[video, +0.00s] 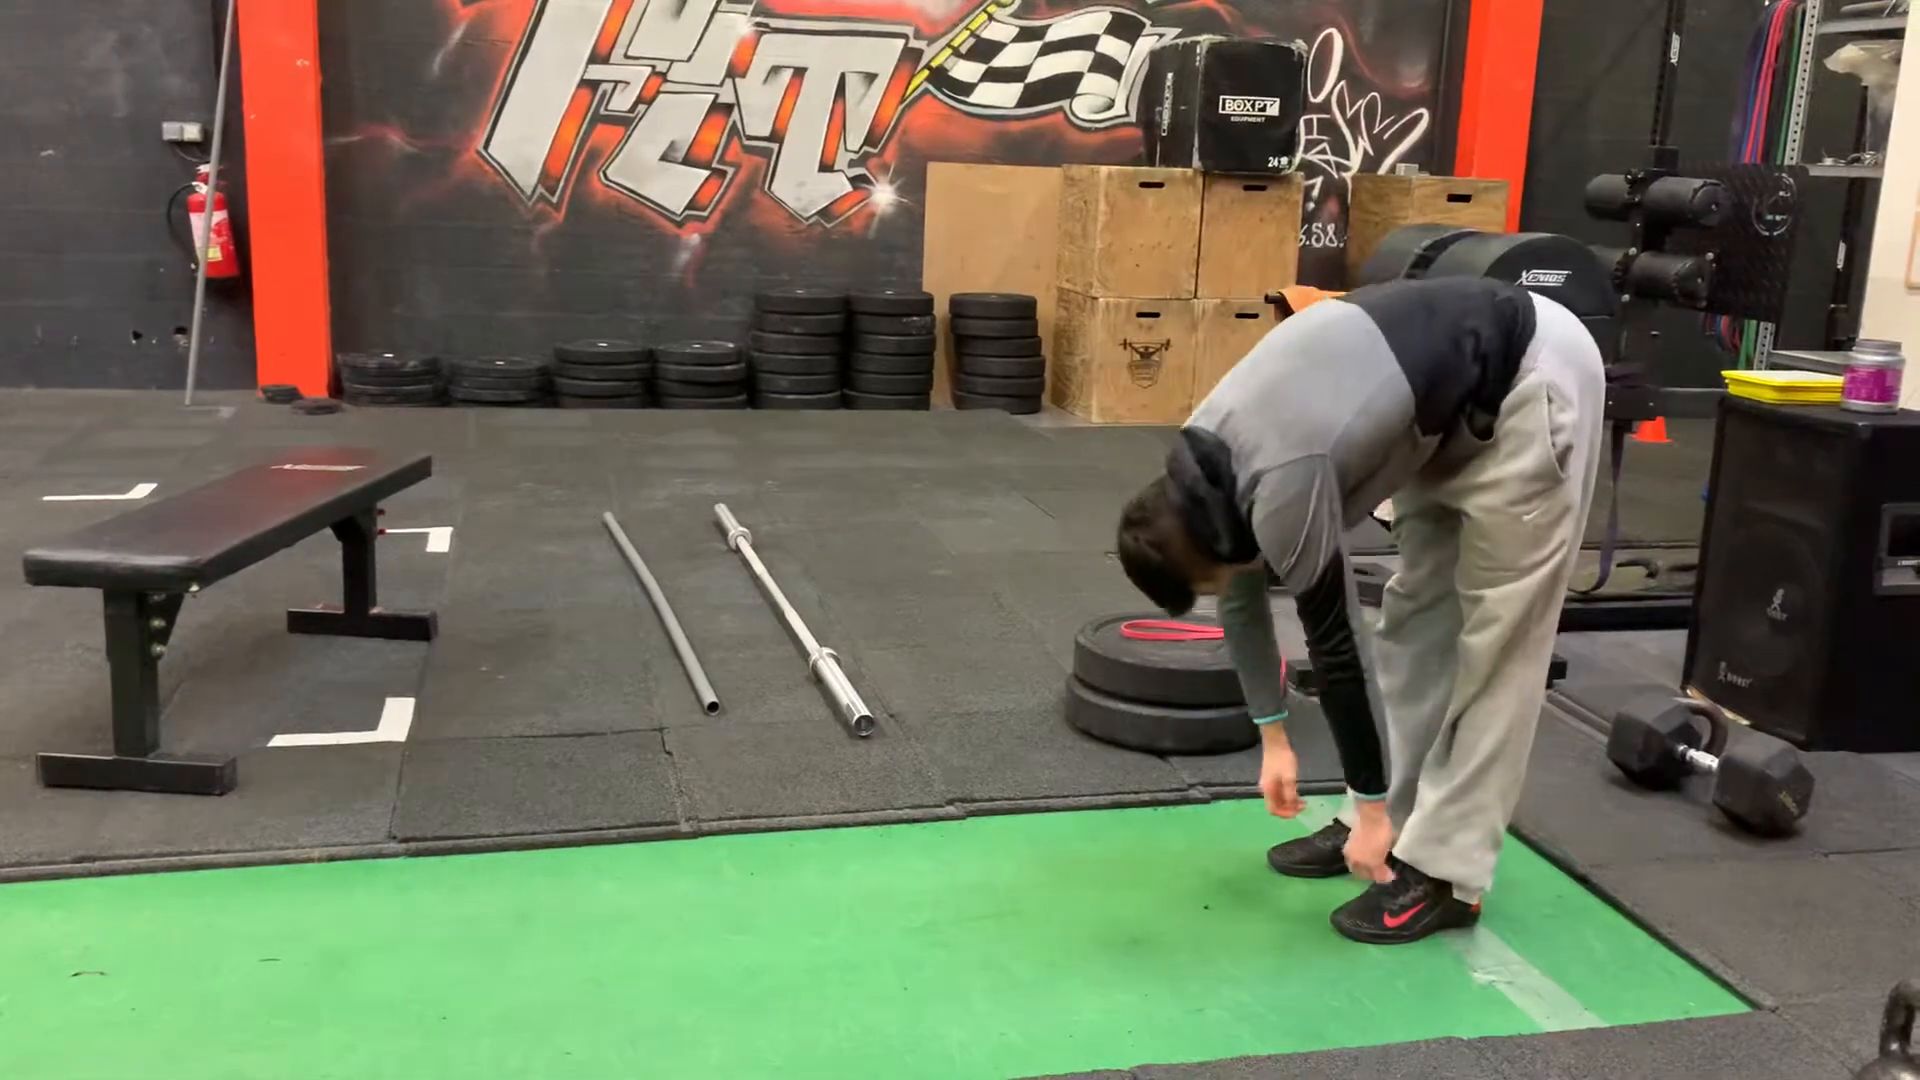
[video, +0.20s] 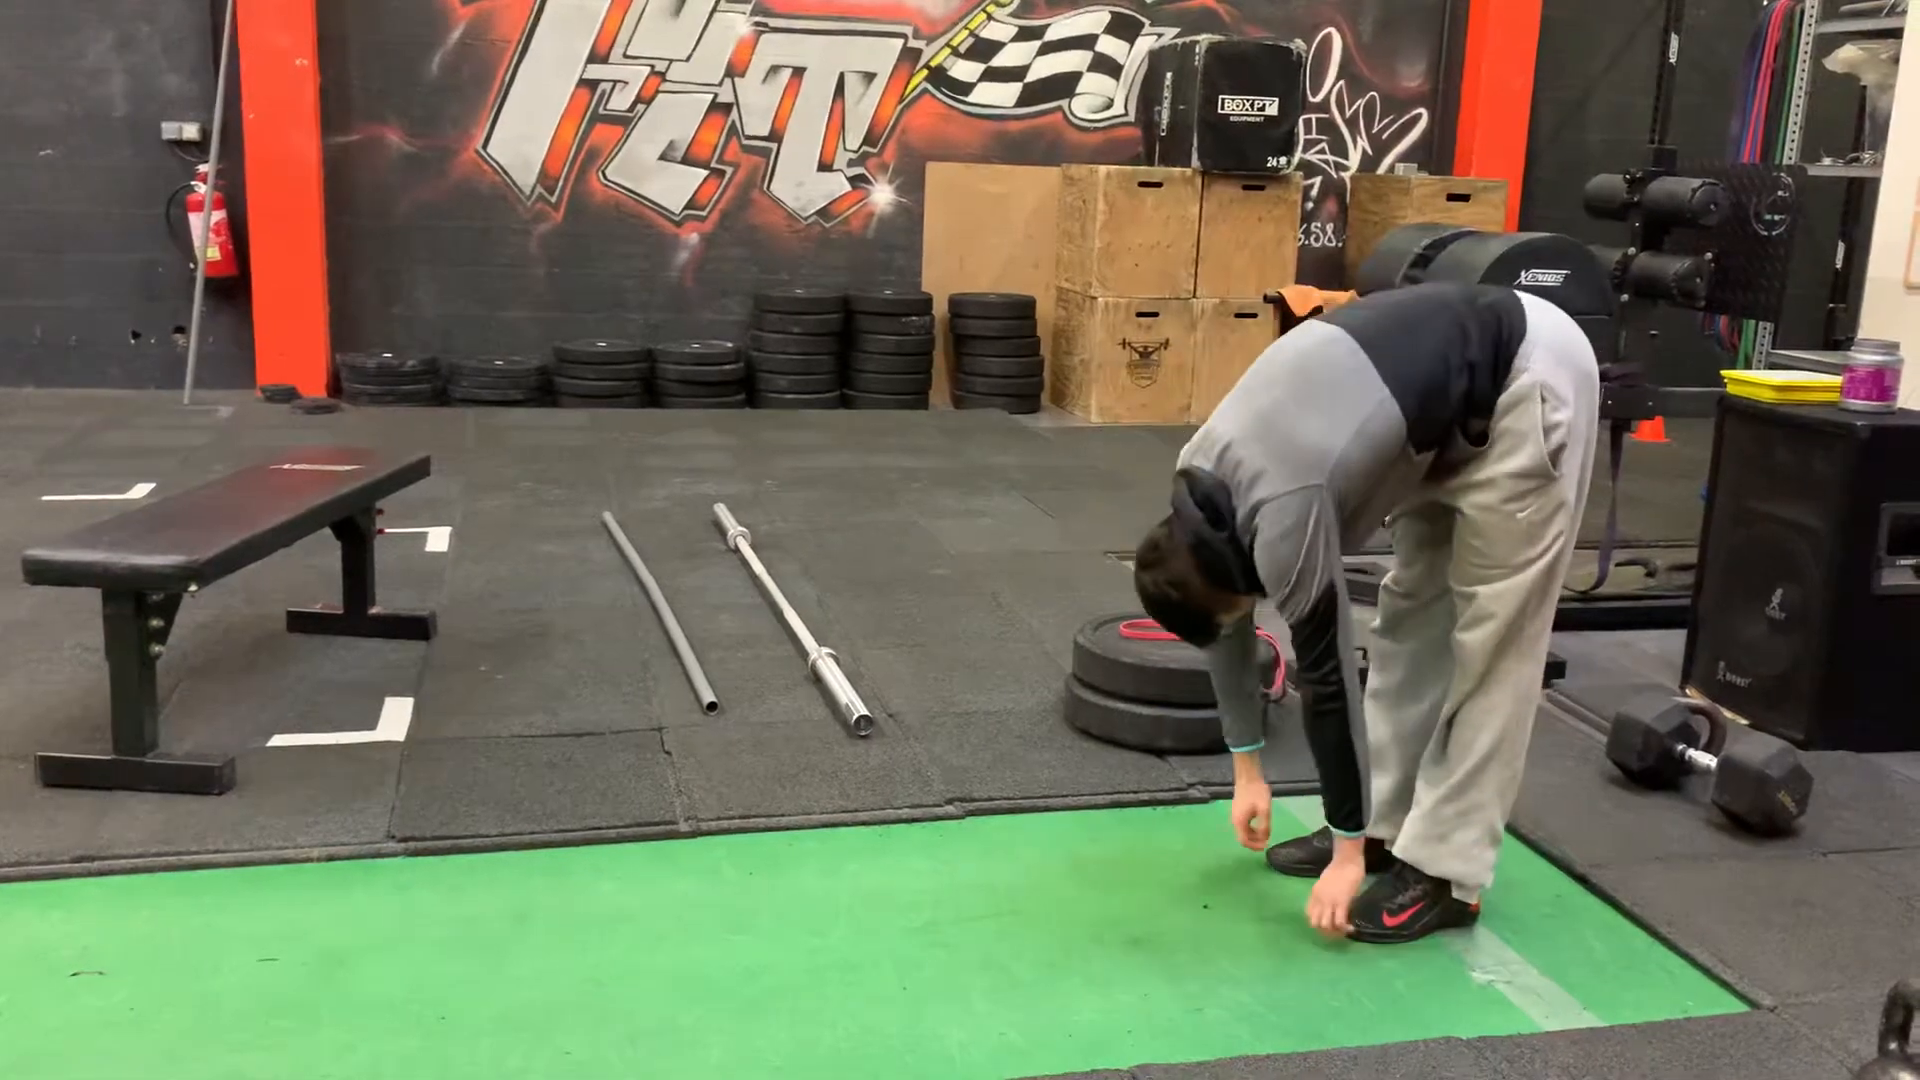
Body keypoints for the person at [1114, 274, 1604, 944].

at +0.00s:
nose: (1219, 591)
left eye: (1212, 583)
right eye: (1208, 590)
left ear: (1210, 545)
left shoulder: (1284, 482)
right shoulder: (1202, 459)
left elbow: (1335, 652)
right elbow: (1242, 609)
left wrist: (1372, 810)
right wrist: (1275, 740)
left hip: (1534, 376)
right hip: (1438, 382)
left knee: (1495, 636)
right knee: (1414, 616)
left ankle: (1451, 871)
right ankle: (1380, 829)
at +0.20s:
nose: (1241, 624)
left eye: (1235, 619)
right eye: (1225, 630)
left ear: (1226, 576)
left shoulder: (1286, 513)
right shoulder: (1196, 478)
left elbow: (1325, 684)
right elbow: (1230, 641)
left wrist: (1347, 851)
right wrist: (1248, 774)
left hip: (1530, 372)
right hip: (1435, 372)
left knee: (1490, 635)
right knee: (1410, 617)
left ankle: (1448, 872)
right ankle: (1384, 827)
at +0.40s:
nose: (1258, 641)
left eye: (1251, 637)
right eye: (1243, 646)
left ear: (1235, 605)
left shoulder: (1285, 533)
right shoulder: (1195, 497)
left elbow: (1327, 699)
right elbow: (1225, 662)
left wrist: (1342, 871)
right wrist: (1227, 800)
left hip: (1519, 371)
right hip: (1426, 362)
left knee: (1484, 633)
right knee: (1403, 616)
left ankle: (1448, 872)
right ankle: (1380, 828)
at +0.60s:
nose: (1256, 668)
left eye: (1248, 658)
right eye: (1237, 672)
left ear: (1217, 616)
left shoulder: (1270, 544)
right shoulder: (1186, 522)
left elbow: (1310, 713)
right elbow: (1219, 678)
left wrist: (1312, 882)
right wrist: (1226, 818)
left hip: (1506, 368)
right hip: (1413, 358)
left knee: (1477, 632)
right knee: (1396, 615)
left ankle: (1445, 873)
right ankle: (1372, 827)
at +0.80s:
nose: (1207, 680)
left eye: (1196, 674)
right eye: (1194, 684)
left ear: (1172, 634)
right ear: (1159, 622)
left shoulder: (1231, 570)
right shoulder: (1162, 534)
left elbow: (1232, 743)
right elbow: (1216, 697)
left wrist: (1209, 914)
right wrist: (1219, 828)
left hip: (1481, 369)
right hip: (1395, 363)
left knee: (1464, 635)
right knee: (1381, 617)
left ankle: (1444, 871)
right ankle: (1373, 821)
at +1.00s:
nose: (1146, 694)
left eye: (1137, 689)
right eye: (1132, 695)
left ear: (1122, 660)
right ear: (1095, 632)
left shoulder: (1186, 601)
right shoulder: (1105, 551)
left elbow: (1210, 762)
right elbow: (1099, 687)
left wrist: (1212, 924)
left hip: (1428, 379)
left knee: (1443, 642)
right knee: (1358, 626)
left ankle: (1443, 874)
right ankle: (1372, 823)